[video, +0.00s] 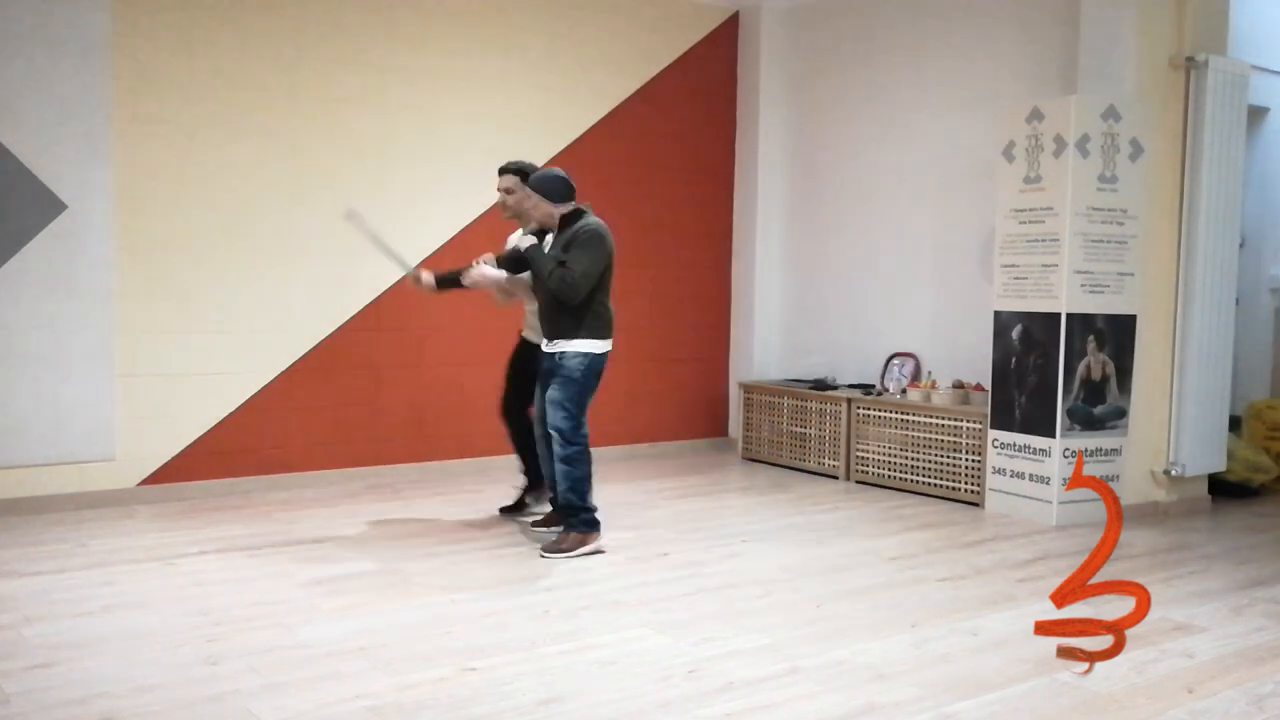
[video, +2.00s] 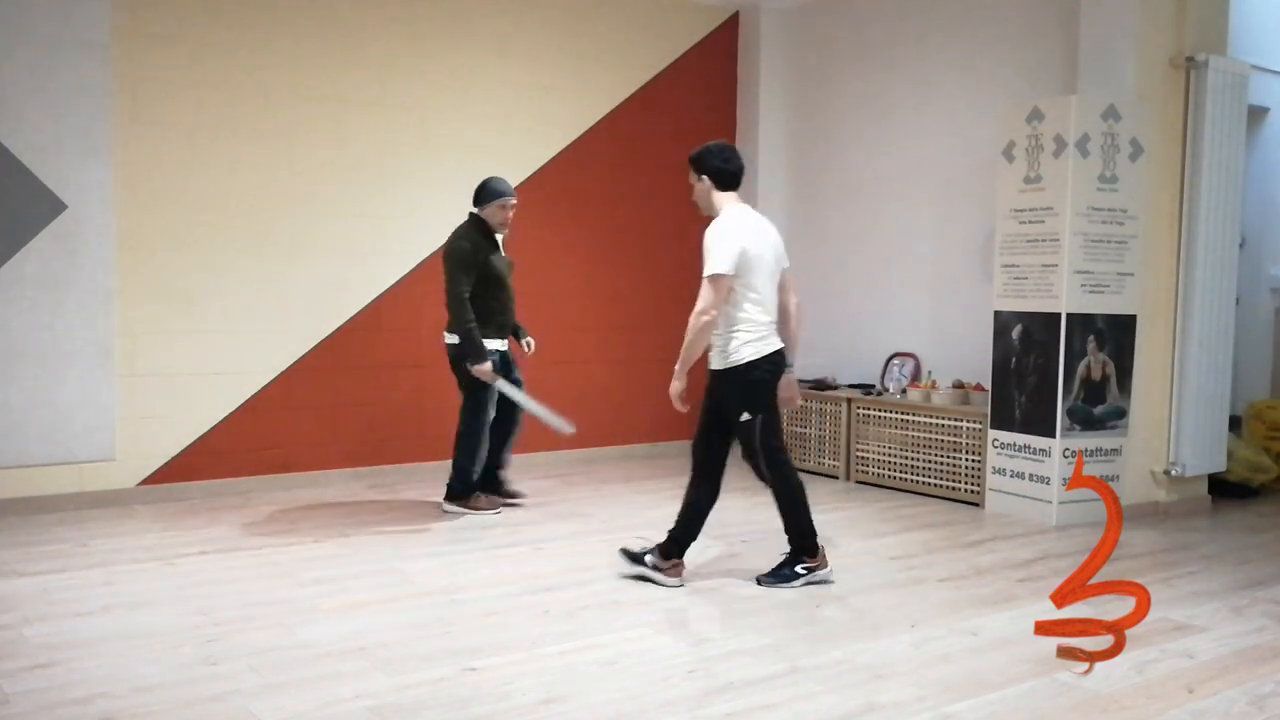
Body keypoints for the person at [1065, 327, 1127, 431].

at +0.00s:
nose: (1087, 346)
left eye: (1091, 342)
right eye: (1088, 342)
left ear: (1098, 344)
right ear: (1087, 345)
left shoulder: (1108, 364)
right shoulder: (1083, 365)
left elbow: (1114, 389)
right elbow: (1076, 391)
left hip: (1103, 406)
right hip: (1086, 406)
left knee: (1121, 411)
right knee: (1071, 410)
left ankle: (1086, 425)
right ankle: (1102, 425)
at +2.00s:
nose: (1087, 346)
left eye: (1091, 342)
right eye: (1088, 342)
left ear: (1098, 345)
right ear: (1088, 345)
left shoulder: (1108, 364)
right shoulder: (1084, 364)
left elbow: (1113, 389)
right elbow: (1076, 390)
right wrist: (1070, 408)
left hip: (1103, 406)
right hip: (1086, 406)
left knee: (1121, 411)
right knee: (1071, 410)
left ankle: (1086, 425)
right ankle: (1101, 425)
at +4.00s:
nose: (1087, 345)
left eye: (1091, 342)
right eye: (1088, 342)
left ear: (1099, 344)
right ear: (1088, 345)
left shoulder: (1108, 364)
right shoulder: (1083, 365)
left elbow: (1113, 388)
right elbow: (1076, 390)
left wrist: (1115, 406)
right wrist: (1070, 408)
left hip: (1102, 405)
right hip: (1086, 405)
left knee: (1121, 411)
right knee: (1071, 410)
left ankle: (1086, 425)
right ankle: (1101, 425)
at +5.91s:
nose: (1088, 345)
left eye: (1091, 342)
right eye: (1088, 342)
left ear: (1098, 344)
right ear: (1087, 344)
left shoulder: (1108, 364)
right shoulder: (1084, 364)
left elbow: (1114, 390)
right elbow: (1076, 390)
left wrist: (1108, 406)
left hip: (1102, 406)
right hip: (1085, 406)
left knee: (1121, 411)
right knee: (1071, 410)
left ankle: (1086, 425)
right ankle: (1100, 425)